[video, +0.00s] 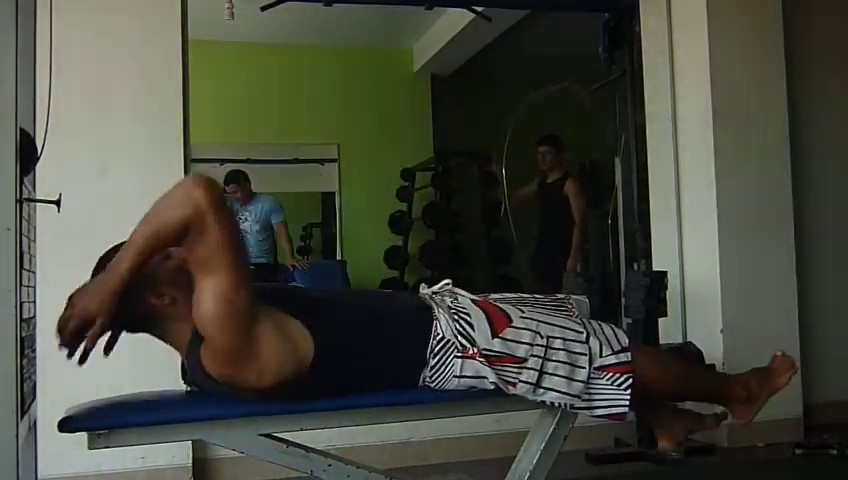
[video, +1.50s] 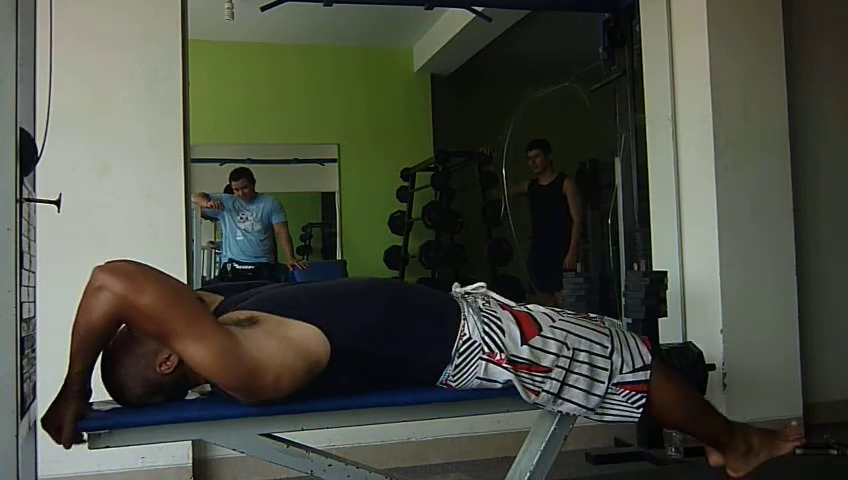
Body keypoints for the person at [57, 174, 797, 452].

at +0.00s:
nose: (192, 261)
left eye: (182, 256)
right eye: (177, 261)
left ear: (160, 300)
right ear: (170, 293)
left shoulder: (222, 334)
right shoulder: (226, 342)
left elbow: (199, 199)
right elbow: (197, 192)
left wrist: (111, 284)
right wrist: (110, 282)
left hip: (437, 322)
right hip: (451, 340)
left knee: (587, 341)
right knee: (615, 358)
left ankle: (678, 421)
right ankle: (737, 390)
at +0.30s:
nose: (693, 445)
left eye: (697, 436)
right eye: (692, 428)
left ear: (666, 381)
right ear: (675, 393)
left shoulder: (611, 355)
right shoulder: (623, 362)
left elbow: (647, 390)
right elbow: (661, 388)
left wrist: (697, 432)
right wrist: (740, 437)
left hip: (424, 312)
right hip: (421, 327)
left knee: (246, 332)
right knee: (231, 374)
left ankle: (95, 371)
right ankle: (90, 377)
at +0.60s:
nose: (146, 352)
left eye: (136, 356)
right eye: (141, 362)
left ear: (143, 367)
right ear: (151, 374)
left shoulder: (208, 340)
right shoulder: (211, 356)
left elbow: (95, 287)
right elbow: (92, 287)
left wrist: (77, 385)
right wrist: (72, 390)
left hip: (435, 319)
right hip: (440, 339)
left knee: (605, 346)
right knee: (616, 351)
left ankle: (690, 449)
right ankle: (697, 456)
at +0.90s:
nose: (156, 361)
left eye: (147, 365)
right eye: (153, 367)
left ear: (156, 370)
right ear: (163, 373)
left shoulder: (220, 344)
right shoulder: (220, 351)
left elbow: (117, 291)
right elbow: (116, 294)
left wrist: (81, 386)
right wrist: (75, 390)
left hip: (449, 314)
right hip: (455, 330)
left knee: (611, 359)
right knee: (628, 366)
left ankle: (699, 452)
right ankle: (711, 464)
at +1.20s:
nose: (167, 350)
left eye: (156, 354)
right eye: (161, 360)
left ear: (167, 362)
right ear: (175, 374)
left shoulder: (231, 338)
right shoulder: (234, 350)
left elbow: (124, 283)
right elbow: (125, 281)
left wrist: (83, 382)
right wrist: (77, 386)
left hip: (453, 318)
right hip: (462, 332)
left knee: (617, 366)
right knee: (632, 370)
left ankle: (702, 453)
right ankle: (723, 459)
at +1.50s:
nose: (163, 362)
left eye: (155, 365)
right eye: (159, 373)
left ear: (163, 355)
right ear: (169, 374)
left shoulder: (229, 334)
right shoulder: (231, 350)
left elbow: (114, 283)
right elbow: (114, 281)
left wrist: (86, 380)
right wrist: (73, 387)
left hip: (455, 315)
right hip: (461, 334)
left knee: (619, 359)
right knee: (639, 367)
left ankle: (716, 438)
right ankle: (733, 447)